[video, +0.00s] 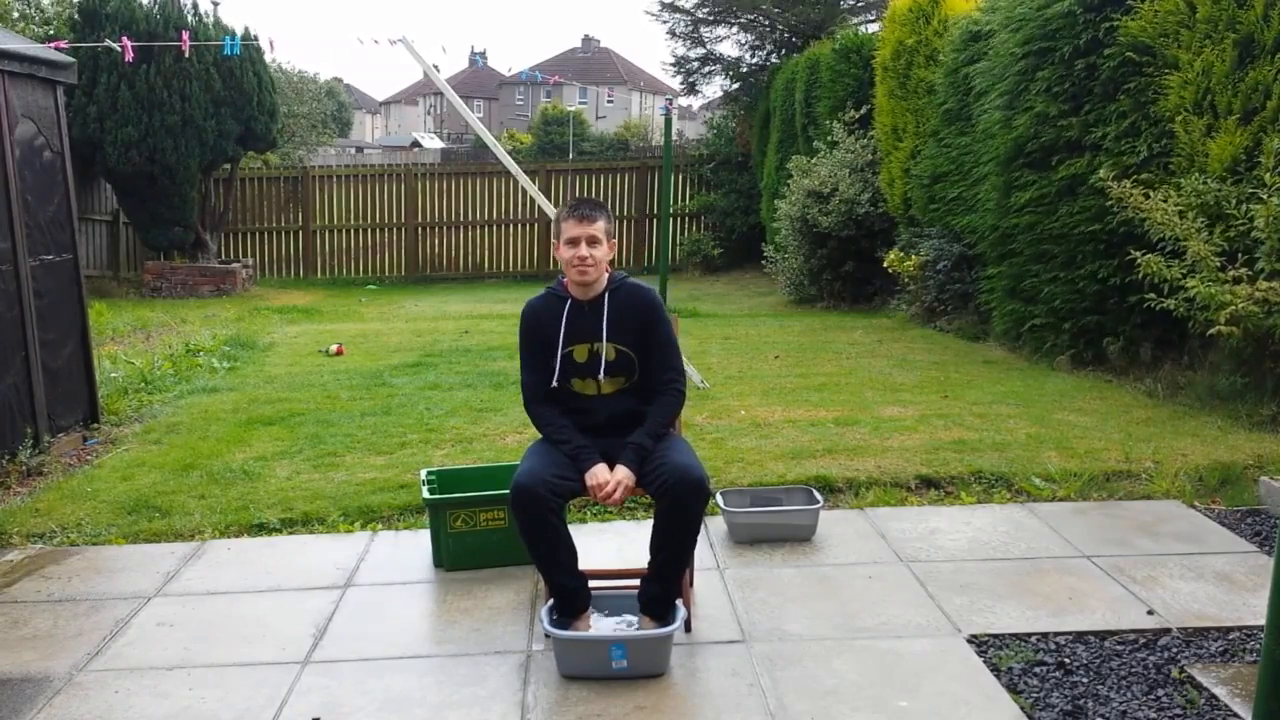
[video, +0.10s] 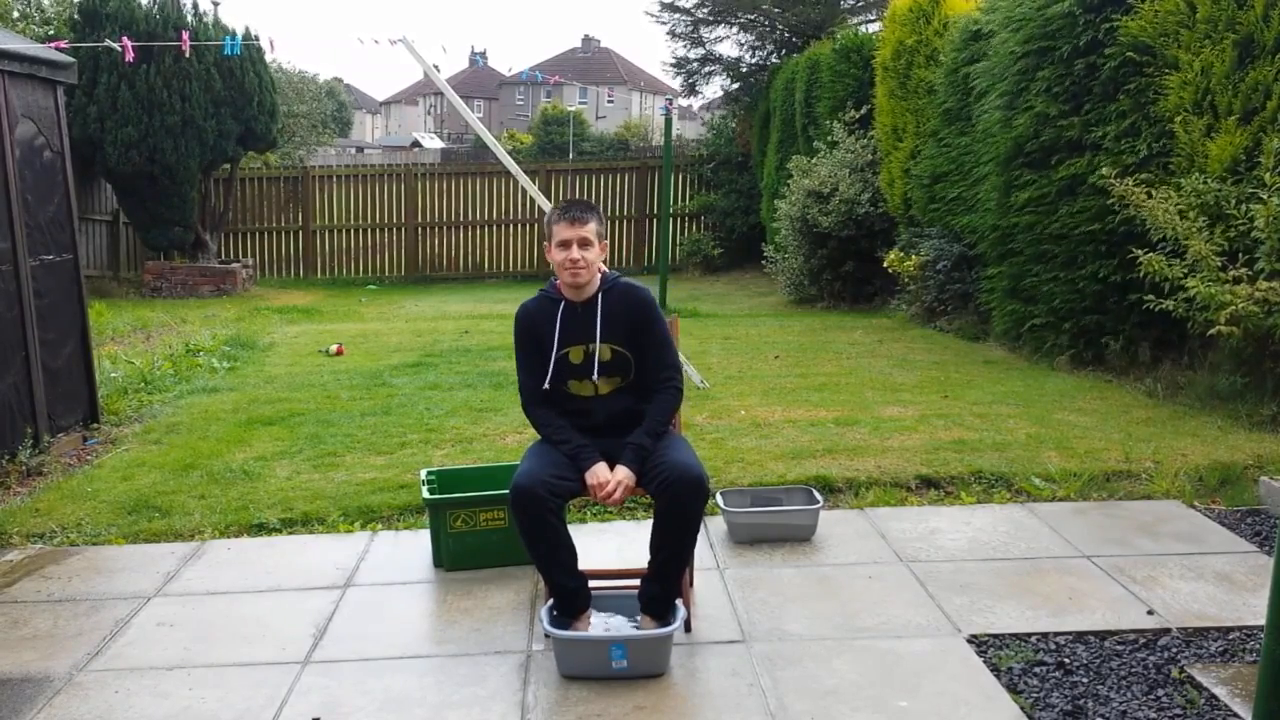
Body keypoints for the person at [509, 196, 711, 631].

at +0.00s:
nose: (582, 253)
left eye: (593, 242)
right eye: (571, 243)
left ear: (611, 249)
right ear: (557, 251)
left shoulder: (642, 303)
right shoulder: (540, 312)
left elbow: (671, 388)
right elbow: (537, 400)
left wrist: (631, 460)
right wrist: (588, 459)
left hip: (643, 435)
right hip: (570, 439)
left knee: (689, 483)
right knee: (527, 489)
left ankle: (658, 603)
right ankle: (572, 603)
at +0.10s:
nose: (574, 255)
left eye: (584, 245)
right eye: (563, 246)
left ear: (602, 251)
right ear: (549, 253)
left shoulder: (636, 302)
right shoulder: (534, 316)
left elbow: (669, 386)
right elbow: (535, 402)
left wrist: (631, 460)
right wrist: (587, 459)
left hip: (641, 434)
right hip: (568, 439)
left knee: (688, 481)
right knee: (527, 490)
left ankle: (658, 603)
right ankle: (573, 605)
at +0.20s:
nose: (569, 256)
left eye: (580, 245)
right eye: (559, 246)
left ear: (598, 250)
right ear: (544, 253)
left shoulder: (631, 299)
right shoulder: (529, 317)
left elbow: (665, 382)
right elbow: (534, 403)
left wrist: (631, 460)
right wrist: (587, 459)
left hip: (639, 431)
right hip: (568, 438)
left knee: (687, 478)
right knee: (527, 491)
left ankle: (658, 602)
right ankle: (573, 604)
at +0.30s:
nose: (572, 254)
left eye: (582, 243)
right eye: (561, 244)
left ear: (600, 248)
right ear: (546, 251)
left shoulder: (631, 297)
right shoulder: (530, 316)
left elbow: (663, 381)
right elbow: (533, 402)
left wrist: (630, 458)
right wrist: (587, 459)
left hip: (639, 431)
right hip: (568, 438)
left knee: (686, 474)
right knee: (527, 492)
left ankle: (658, 602)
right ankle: (573, 606)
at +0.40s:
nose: (578, 255)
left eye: (588, 244)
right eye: (567, 245)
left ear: (604, 248)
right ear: (551, 251)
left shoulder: (635, 299)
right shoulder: (532, 315)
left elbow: (663, 384)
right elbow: (534, 403)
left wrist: (629, 458)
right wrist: (587, 459)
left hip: (639, 432)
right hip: (567, 439)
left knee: (686, 476)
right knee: (527, 492)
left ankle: (657, 603)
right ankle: (573, 606)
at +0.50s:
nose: (584, 252)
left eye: (594, 241)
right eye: (573, 242)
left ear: (611, 247)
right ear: (557, 249)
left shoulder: (641, 300)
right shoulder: (538, 311)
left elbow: (667, 386)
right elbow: (536, 400)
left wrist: (630, 460)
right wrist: (587, 460)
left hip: (640, 433)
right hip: (569, 438)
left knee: (686, 477)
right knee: (527, 491)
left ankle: (657, 604)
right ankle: (573, 606)